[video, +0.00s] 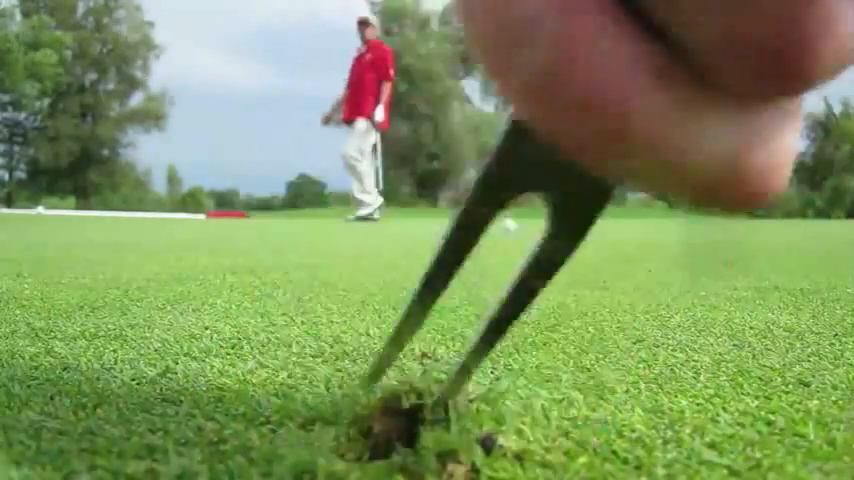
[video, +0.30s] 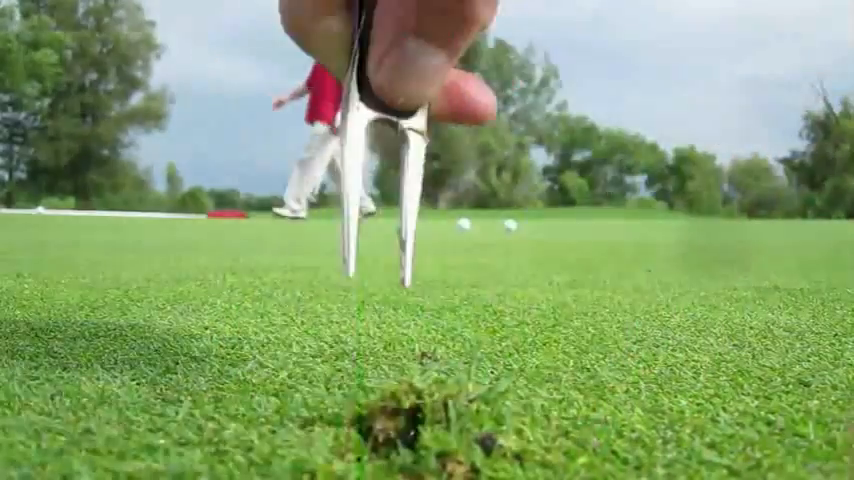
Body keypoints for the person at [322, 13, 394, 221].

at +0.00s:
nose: (363, 31)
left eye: (367, 27)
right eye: (361, 28)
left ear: (375, 29)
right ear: (359, 31)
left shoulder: (382, 52)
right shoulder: (360, 56)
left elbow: (387, 81)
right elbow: (350, 89)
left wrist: (382, 106)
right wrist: (334, 111)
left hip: (369, 112)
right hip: (356, 112)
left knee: (351, 153)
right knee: (363, 157)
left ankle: (371, 199)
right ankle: (367, 206)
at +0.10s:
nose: (352, 32)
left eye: (355, 28)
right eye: (350, 28)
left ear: (363, 29)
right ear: (348, 31)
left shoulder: (371, 51)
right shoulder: (347, 55)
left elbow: (376, 82)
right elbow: (334, 86)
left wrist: (370, 108)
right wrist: (312, 104)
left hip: (357, 113)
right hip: (345, 113)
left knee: (338, 158)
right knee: (359, 162)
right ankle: (368, 208)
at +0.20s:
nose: (341, 32)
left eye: (344, 28)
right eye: (338, 29)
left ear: (351, 30)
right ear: (336, 32)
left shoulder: (355, 50)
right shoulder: (334, 56)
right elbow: (321, 85)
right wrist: (296, 100)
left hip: (348, 117)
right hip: (335, 116)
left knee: (325, 158)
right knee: (353, 164)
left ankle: (303, 200)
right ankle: (366, 207)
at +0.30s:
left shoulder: (343, 63)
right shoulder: (322, 62)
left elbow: (352, 92)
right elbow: (308, 85)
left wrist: (341, 115)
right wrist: (287, 99)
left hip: (332, 121)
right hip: (323, 120)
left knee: (310, 162)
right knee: (342, 168)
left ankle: (295, 205)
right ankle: (363, 203)